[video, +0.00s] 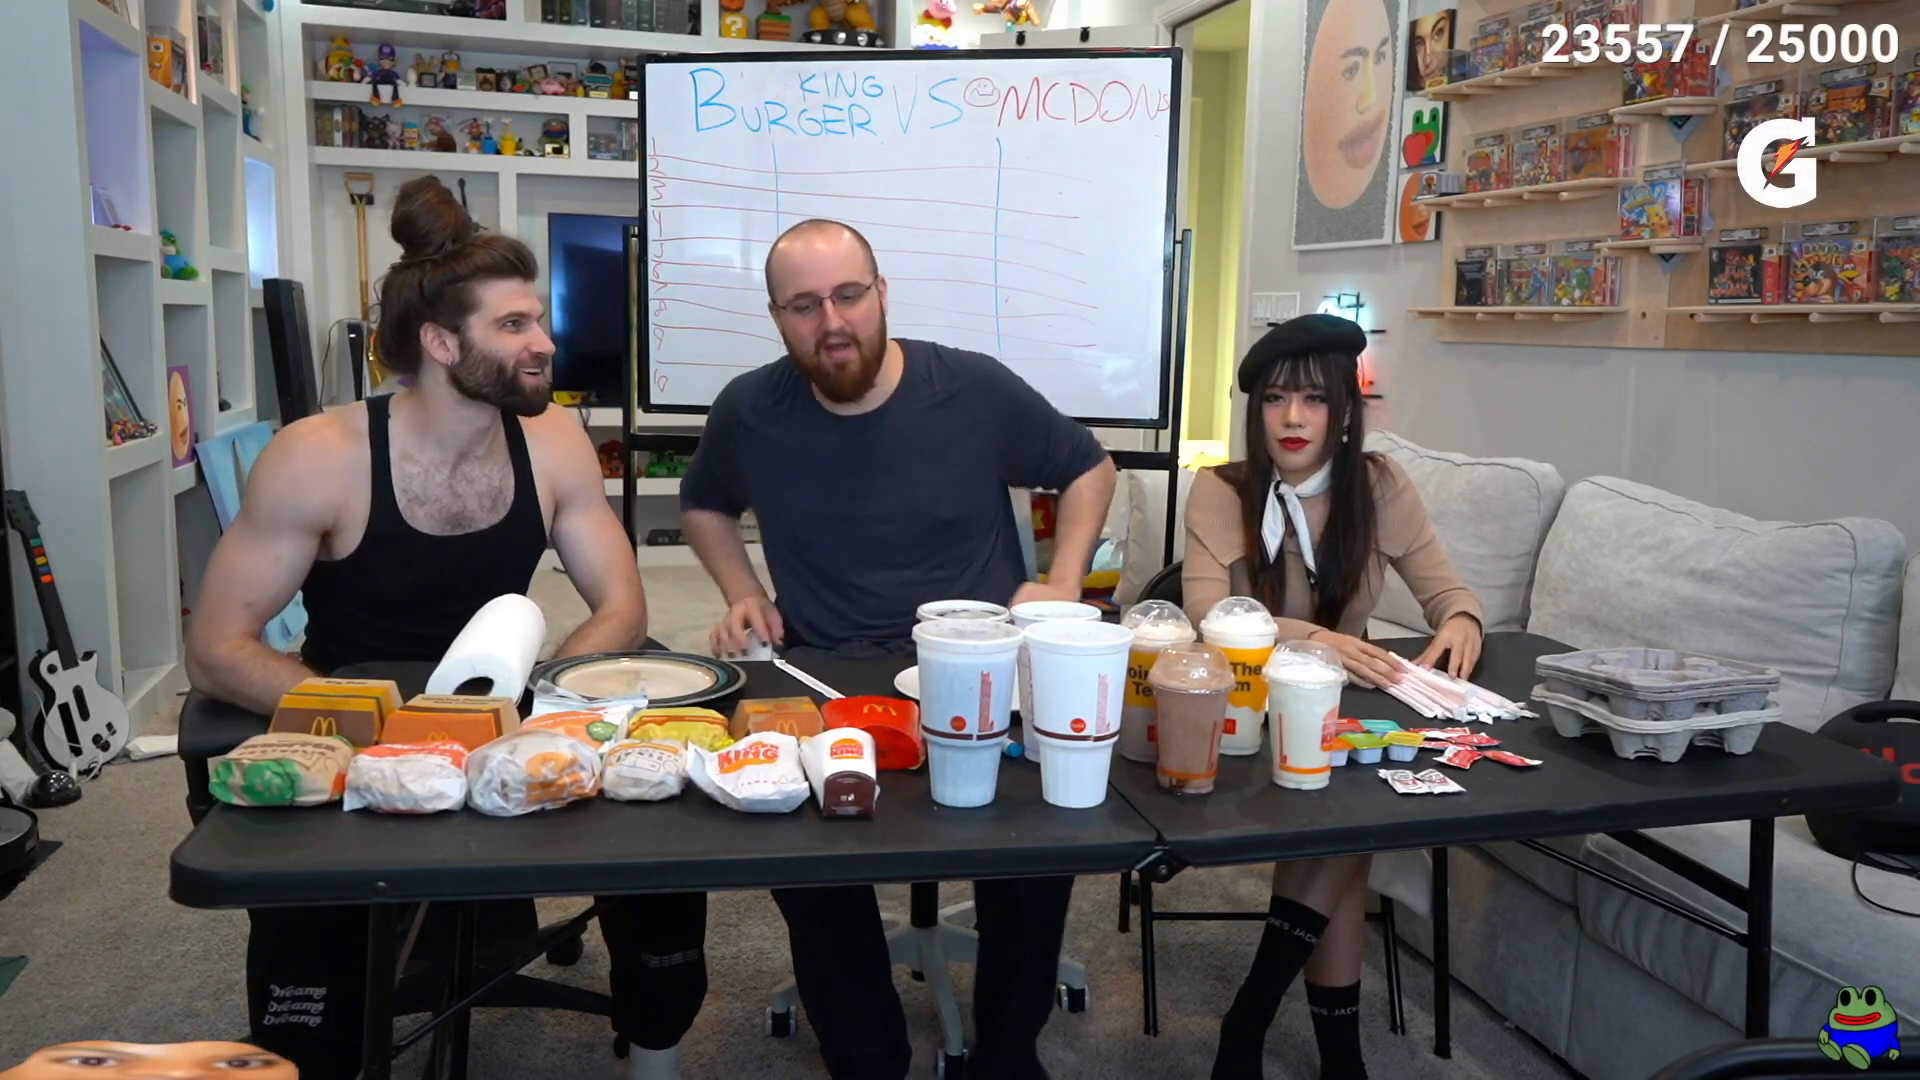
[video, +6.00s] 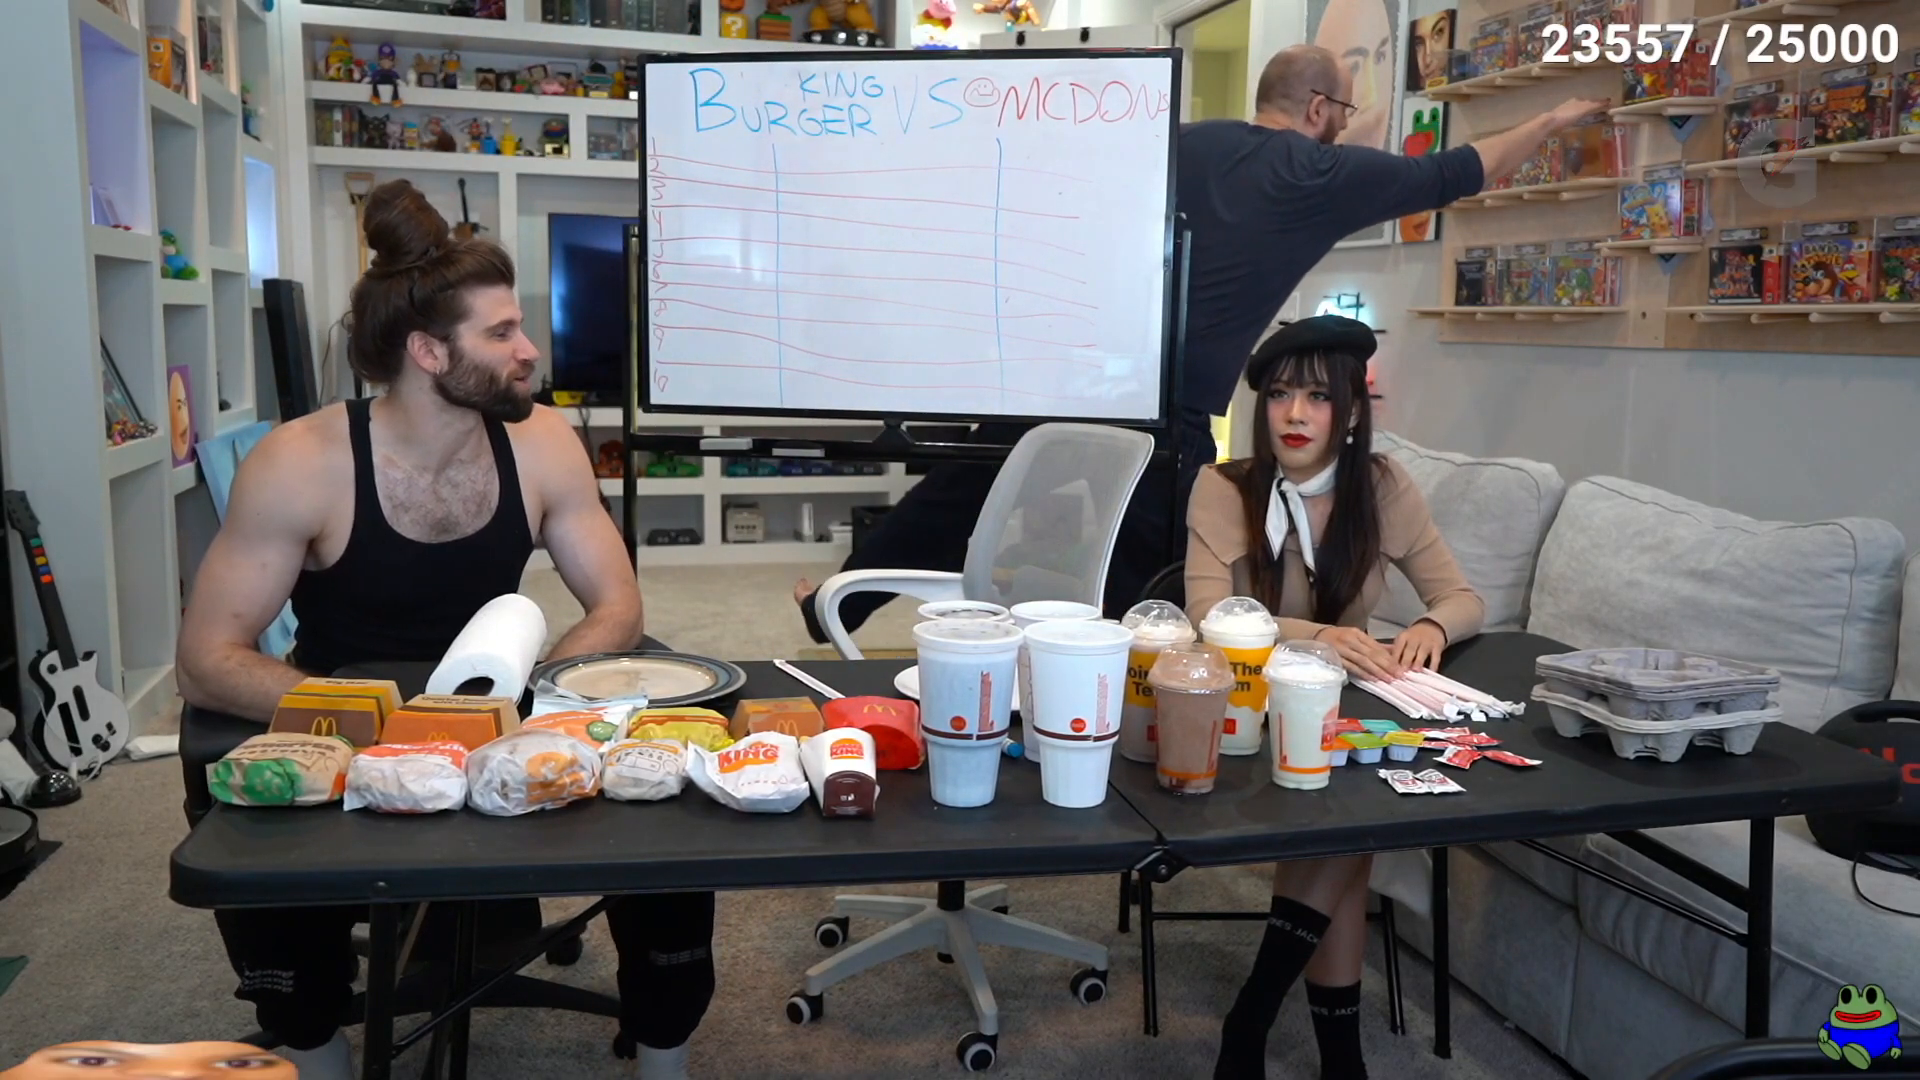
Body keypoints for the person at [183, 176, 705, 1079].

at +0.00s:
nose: (544, 344)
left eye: (542, 324)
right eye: (515, 326)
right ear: (438, 343)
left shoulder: (553, 442)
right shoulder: (318, 457)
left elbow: (624, 609)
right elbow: (216, 647)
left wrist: (540, 684)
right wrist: (359, 713)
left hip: (513, 746)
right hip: (354, 755)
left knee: (657, 828)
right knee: (306, 881)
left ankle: (655, 1055)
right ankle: (312, 1070)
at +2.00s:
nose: (491, 354)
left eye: (490, 332)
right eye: (458, 338)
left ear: (497, 329)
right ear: (385, 364)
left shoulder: (538, 449)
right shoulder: (289, 466)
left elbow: (618, 616)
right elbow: (197, 653)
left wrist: (527, 684)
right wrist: (343, 708)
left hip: (508, 746)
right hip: (338, 756)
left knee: (639, 849)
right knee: (272, 886)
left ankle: (654, 1058)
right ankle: (299, 1060)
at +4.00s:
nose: (499, 351)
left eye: (499, 330)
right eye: (468, 336)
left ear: (502, 328)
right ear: (393, 358)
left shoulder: (539, 447)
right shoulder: (290, 466)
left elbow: (620, 614)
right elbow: (198, 654)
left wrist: (525, 679)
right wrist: (341, 709)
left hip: (509, 746)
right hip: (338, 757)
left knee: (638, 839)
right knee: (269, 879)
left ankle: (652, 1059)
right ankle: (299, 1060)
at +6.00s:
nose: (529, 349)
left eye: (524, 328)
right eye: (503, 334)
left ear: (439, 347)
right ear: (427, 351)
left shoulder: (542, 443)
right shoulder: (302, 461)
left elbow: (620, 609)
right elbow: (206, 657)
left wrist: (528, 683)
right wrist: (357, 712)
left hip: (507, 742)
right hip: (340, 750)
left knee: (667, 828)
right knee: (268, 866)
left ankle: (662, 1058)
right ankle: (316, 1057)